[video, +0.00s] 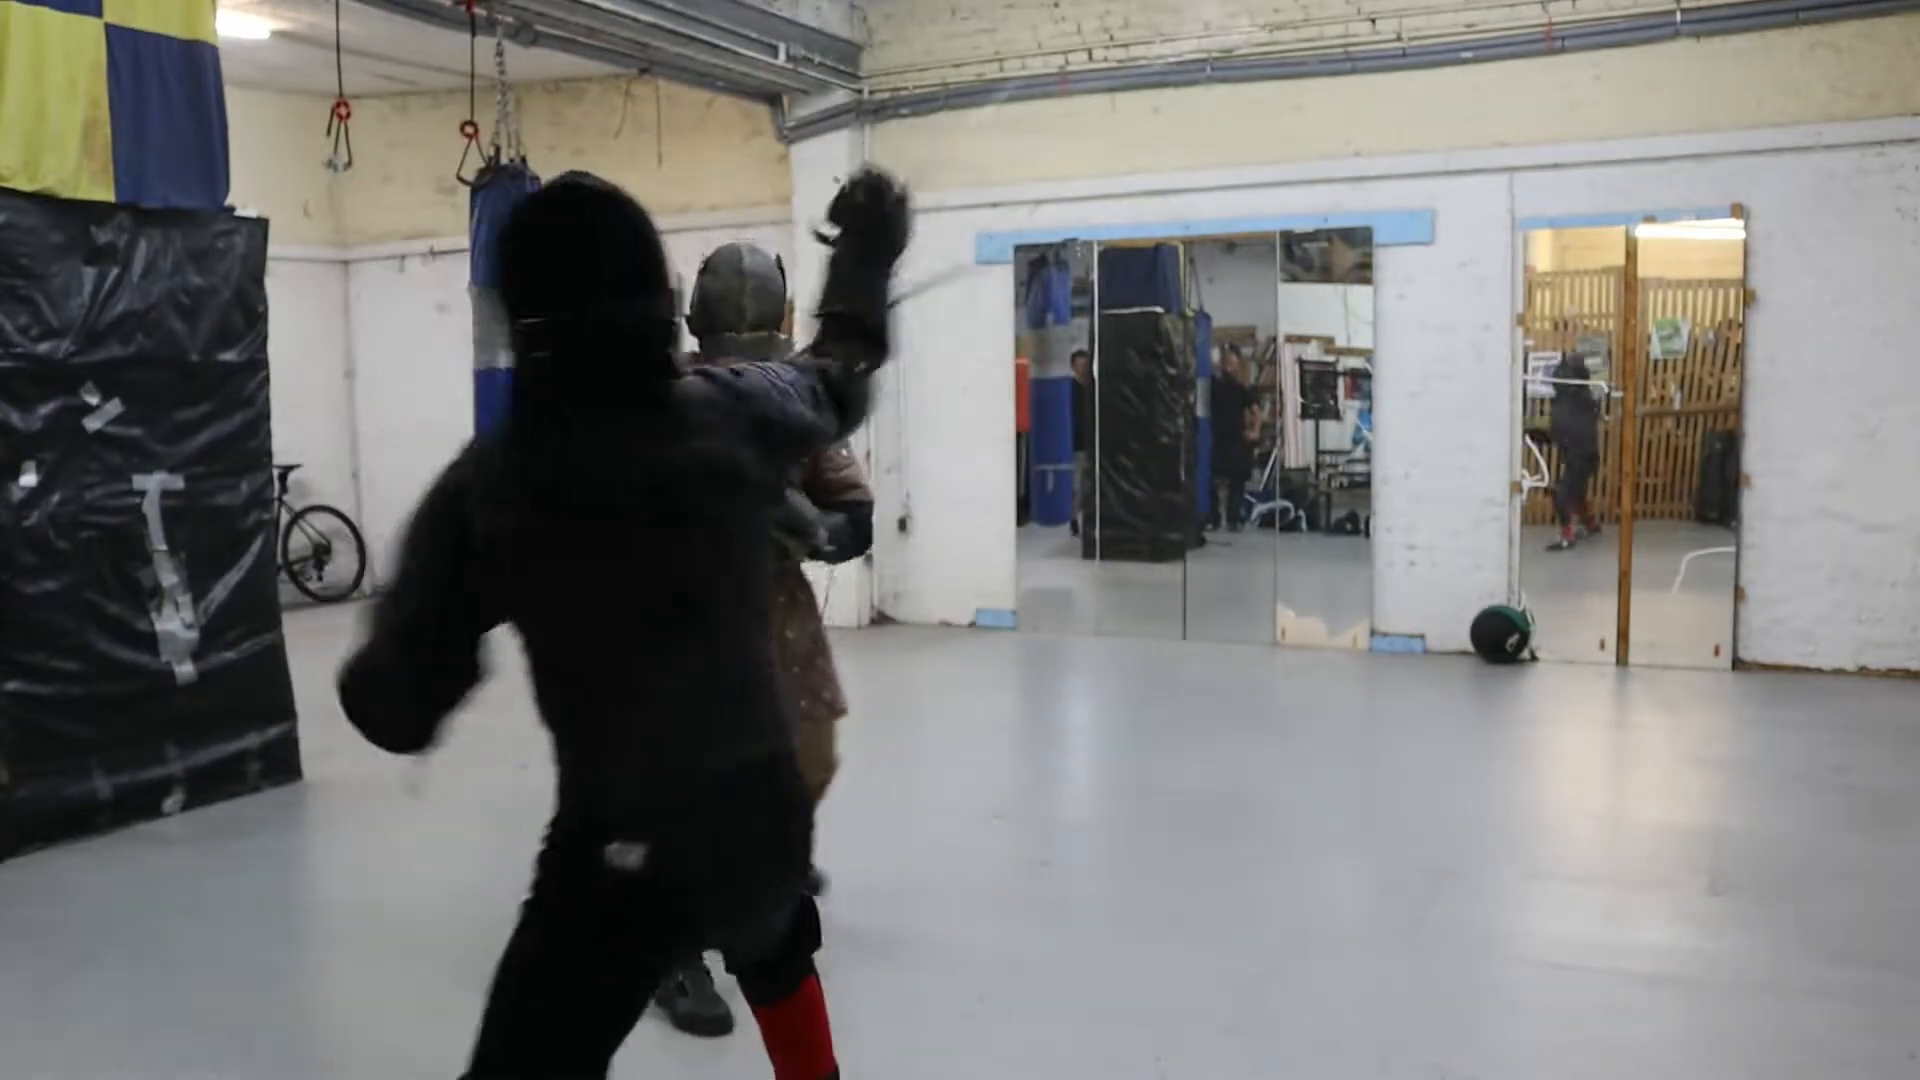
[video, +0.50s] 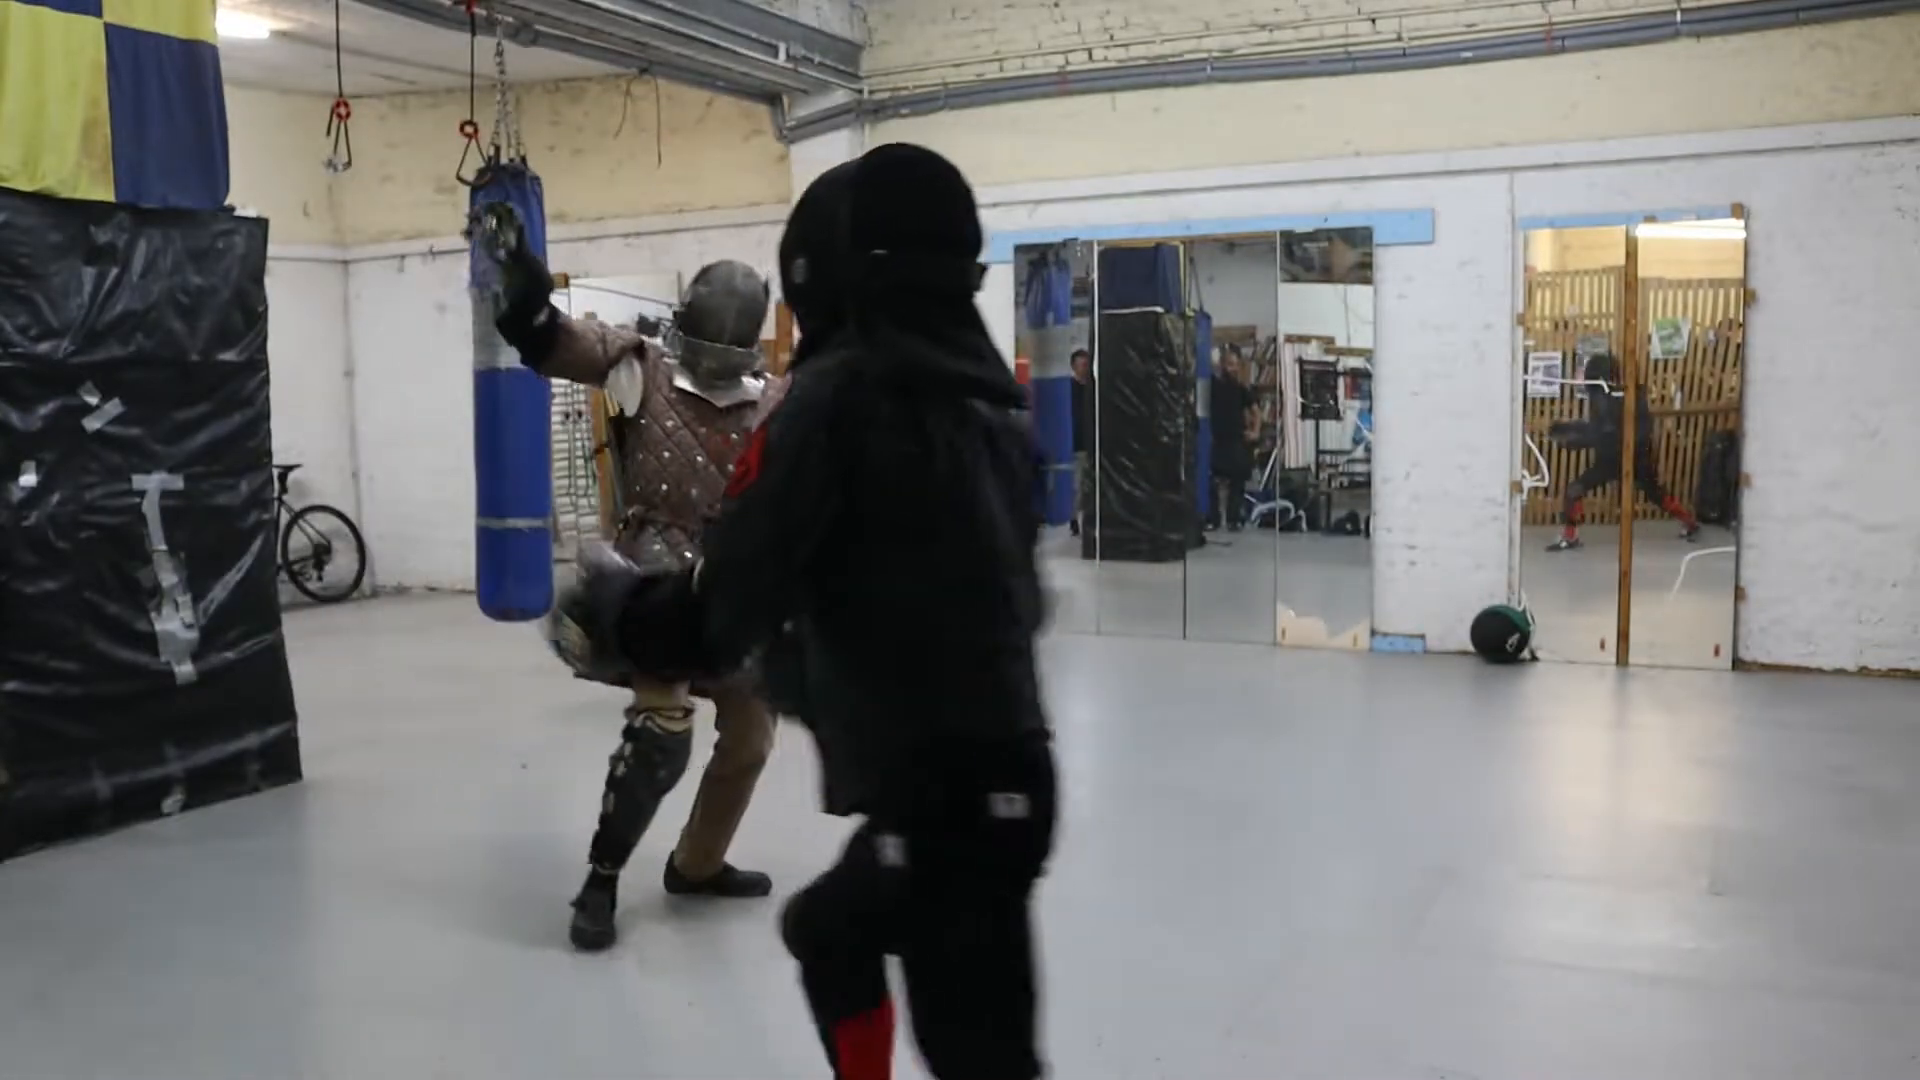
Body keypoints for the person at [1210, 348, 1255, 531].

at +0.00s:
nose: (1228, 366)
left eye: (1231, 361)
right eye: (1225, 361)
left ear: (1238, 363)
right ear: (1220, 363)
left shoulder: (1243, 389)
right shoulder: (1213, 386)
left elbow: (1255, 411)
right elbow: (1204, 409)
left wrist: (1254, 431)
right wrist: (1206, 431)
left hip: (1238, 438)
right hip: (1215, 437)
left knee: (1237, 481)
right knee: (1212, 479)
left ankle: (1233, 519)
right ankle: (1213, 517)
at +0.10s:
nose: (1229, 366)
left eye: (1232, 362)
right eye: (1225, 362)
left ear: (1238, 364)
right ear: (1220, 363)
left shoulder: (1243, 389)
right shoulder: (1213, 386)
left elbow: (1255, 411)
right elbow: (1204, 410)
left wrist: (1254, 431)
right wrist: (1206, 432)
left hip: (1238, 438)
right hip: (1215, 437)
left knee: (1237, 480)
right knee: (1212, 479)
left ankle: (1233, 519)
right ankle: (1213, 516)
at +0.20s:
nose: (1230, 367)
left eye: (1233, 363)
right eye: (1226, 363)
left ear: (1239, 365)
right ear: (1221, 364)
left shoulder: (1242, 390)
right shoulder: (1212, 387)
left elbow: (1255, 411)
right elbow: (1204, 410)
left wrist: (1255, 431)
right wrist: (1206, 432)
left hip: (1238, 439)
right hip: (1215, 438)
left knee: (1237, 481)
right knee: (1212, 480)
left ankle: (1233, 519)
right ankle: (1212, 517)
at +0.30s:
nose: (1230, 368)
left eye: (1234, 364)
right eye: (1227, 363)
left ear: (1239, 365)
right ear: (1221, 364)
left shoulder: (1242, 390)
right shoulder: (1213, 387)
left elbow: (1255, 411)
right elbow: (1204, 409)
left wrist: (1255, 431)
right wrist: (1206, 431)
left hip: (1237, 439)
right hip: (1216, 438)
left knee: (1237, 481)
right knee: (1213, 480)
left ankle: (1233, 519)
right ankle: (1213, 517)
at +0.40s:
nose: (1230, 368)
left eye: (1233, 364)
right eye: (1226, 363)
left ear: (1239, 365)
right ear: (1221, 364)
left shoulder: (1242, 390)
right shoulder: (1213, 387)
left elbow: (1255, 411)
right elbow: (1204, 410)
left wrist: (1255, 431)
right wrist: (1206, 431)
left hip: (1238, 439)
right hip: (1215, 438)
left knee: (1237, 481)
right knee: (1213, 480)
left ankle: (1233, 519)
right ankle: (1213, 517)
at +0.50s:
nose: (1230, 368)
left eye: (1233, 364)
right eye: (1227, 363)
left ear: (1239, 365)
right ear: (1221, 364)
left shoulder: (1242, 390)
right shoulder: (1213, 387)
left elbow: (1255, 411)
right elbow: (1204, 409)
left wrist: (1255, 431)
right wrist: (1206, 431)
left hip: (1238, 439)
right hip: (1216, 438)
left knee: (1237, 481)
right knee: (1213, 480)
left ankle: (1233, 519)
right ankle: (1213, 517)